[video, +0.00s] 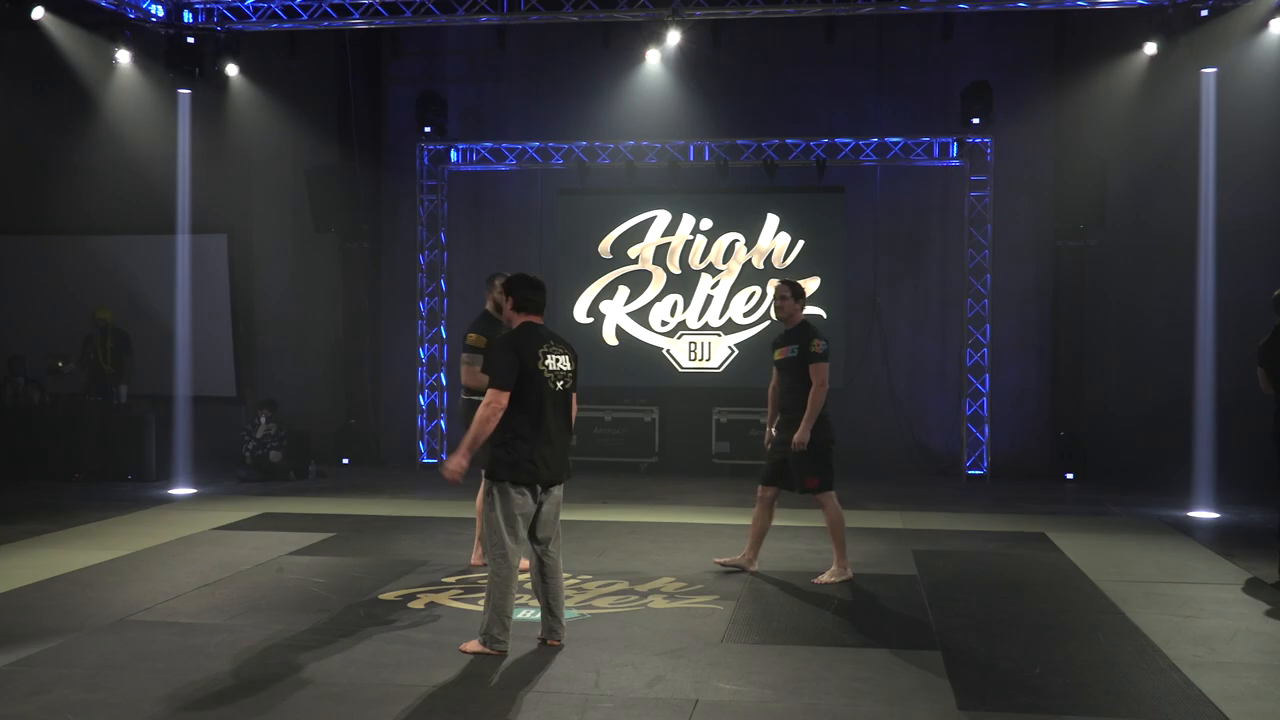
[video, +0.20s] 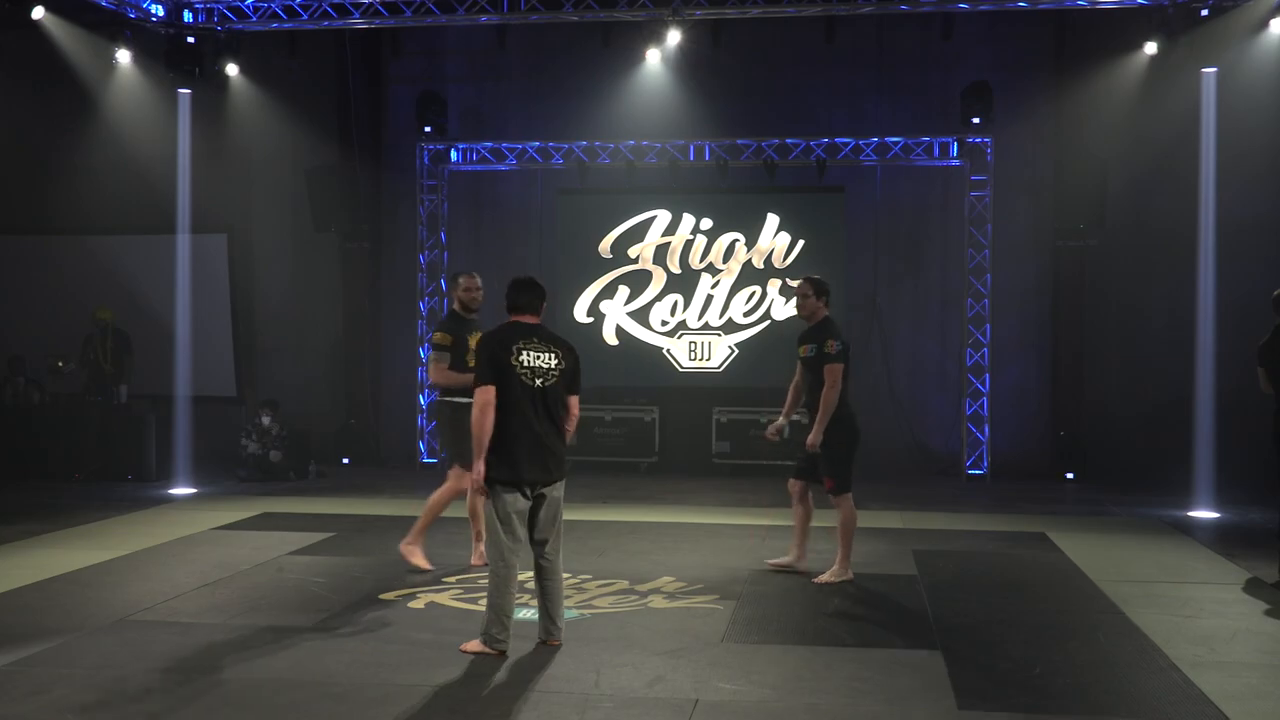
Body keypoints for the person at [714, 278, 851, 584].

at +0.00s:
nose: (777, 303)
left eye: (783, 298)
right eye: (775, 298)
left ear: (799, 302)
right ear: (775, 303)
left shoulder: (812, 335)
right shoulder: (779, 340)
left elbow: (820, 385)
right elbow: (776, 384)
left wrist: (805, 427)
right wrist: (770, 425)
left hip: (812, 427)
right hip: (785, 427)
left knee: (825, 496)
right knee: (766, 492)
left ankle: (841, 565)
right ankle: (749, 557)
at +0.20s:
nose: (798, 301)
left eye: (804, 297)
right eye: (797, 296)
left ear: (821, 300)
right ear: (800, 300)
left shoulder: (831, 334)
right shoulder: (806, 336)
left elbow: (833, 386)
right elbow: (798, 382)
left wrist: (818, 429)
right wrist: (784, 418)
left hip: (838, 426)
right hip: (818, 425)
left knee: (841, 496)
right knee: (797, 486)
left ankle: (843, 566)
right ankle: (797, 555)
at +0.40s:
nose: (816, 302)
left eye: (822, 297)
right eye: (815, 297)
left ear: (839, 300)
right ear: (821, 301)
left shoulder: (849, 334)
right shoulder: (825, 335)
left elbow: (859, 383)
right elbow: (822, 380)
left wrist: (847, 427)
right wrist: (818, 420)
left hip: (854, 423)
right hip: (835, 422)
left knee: (850, 494)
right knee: (843, 490)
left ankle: (844, 565)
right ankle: (886, 543)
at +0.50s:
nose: (825, 302)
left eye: (831, 297)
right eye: (823, 297)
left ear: (848, 300)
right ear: (828, 301)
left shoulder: (858, 331)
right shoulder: (838, 333)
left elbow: (881, 375)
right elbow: (844, 382)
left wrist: (868, 421)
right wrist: (837, 419)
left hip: (861, 425)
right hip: (849, 425)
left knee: (853, 495)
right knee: (868, 491)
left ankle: (845, 566)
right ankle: (917, 542)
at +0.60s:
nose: (834, 305)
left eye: (840, 299)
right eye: (833, 299)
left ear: (859, 303)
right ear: (842, 304)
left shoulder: (870, 332)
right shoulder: (853, 336)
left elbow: (901, 369)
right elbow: (865, 382)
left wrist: (885, 413)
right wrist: (856, 420)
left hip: (873, 426)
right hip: (870, 425)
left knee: (856, 494)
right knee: (895, 490)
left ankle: (848, 566)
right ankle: (937, 551)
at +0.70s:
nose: (849, 307)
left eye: (855, 301)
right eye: (848, 302)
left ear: (874, 303)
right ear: (856, 307)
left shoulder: (888, 330)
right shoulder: (873, 335)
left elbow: (924, 358)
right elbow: (889, 375)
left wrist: (904, 401)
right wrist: (879, 412)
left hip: (894, 421)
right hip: (898, 421)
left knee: (862, 487)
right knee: (921, 491)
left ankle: (859, 560)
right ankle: (953, 555)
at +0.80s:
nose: (893, 298)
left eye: (897, 291)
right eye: (893, 291)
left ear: (915, 290)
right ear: (917, 290)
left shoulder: (939, 317)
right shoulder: (932, 319)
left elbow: (989, 337)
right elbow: (986, 338)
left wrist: (966, 387)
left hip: (952, 428)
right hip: (963, 428)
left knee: (908, 499)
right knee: (987, 510)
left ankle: (909, 591)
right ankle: (1022, 591)